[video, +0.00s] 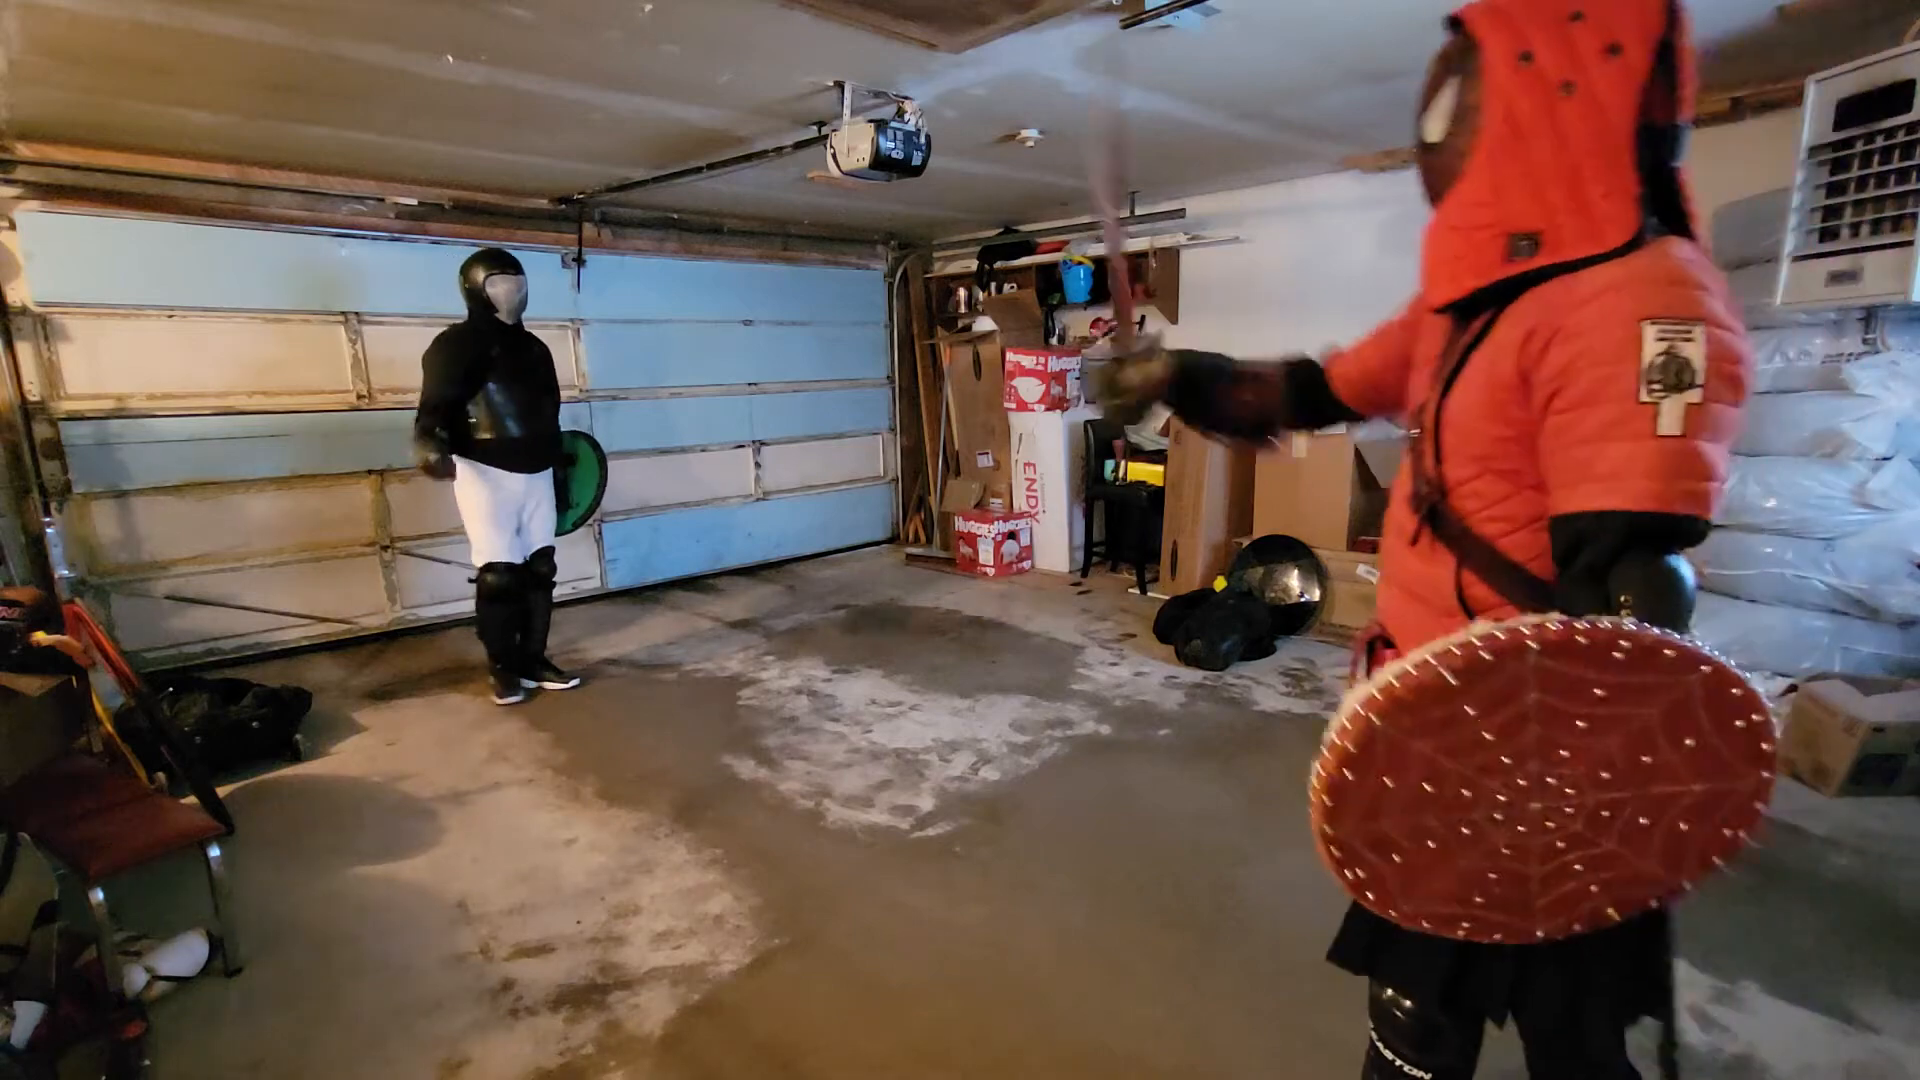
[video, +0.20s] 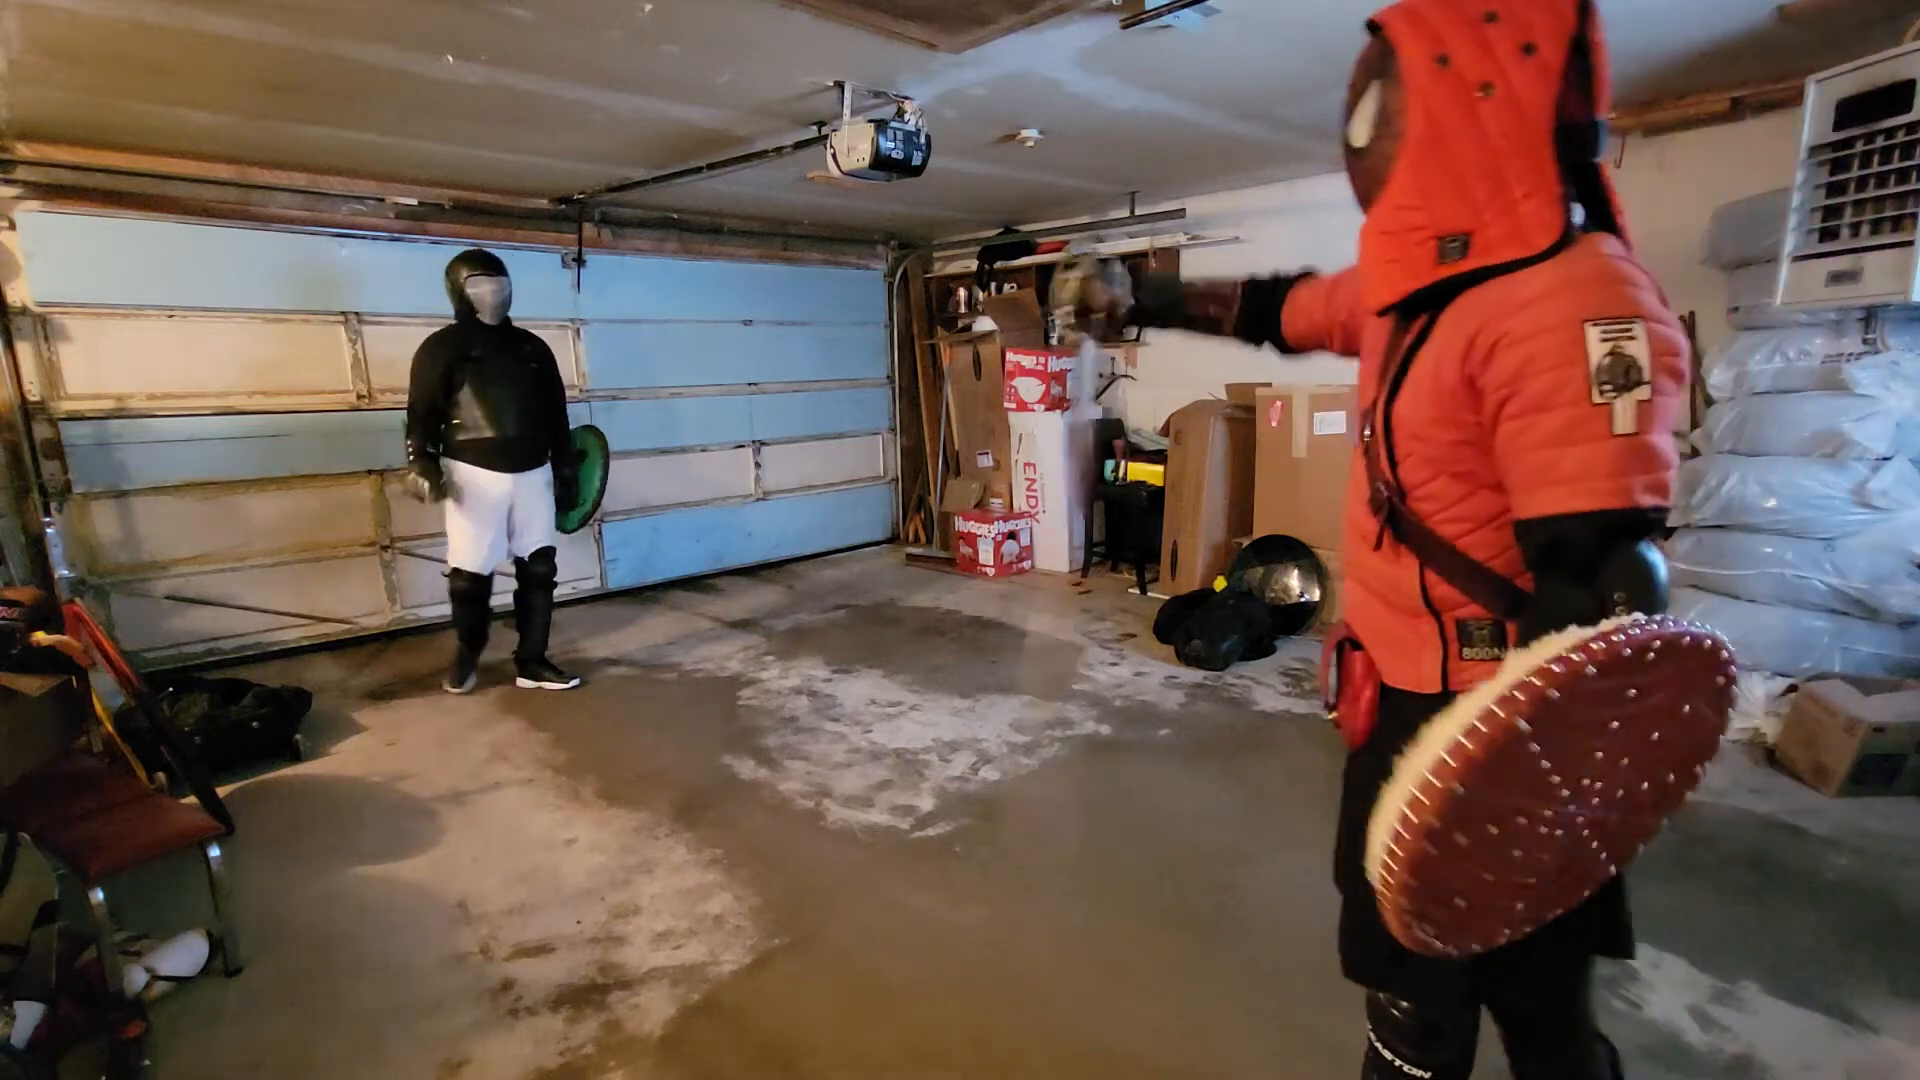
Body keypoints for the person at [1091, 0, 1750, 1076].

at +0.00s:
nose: (1431, 133)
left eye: (1456, 92)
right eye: (1434, 99)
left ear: (1556, 91)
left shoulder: (1641, 299)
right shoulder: (1475, 295)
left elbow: (1630, 601)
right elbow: (1316, 391)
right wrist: (1176, 379)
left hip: (1555, 769)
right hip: (1433, 751)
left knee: (1581, 1048)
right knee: (1413, 1037)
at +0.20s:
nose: (1360, 140)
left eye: (1384, 102)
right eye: (1361, 105)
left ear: (1484, 103)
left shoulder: (1577, 306)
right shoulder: (1416, 283)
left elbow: (1603, 603)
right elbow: (1282, 307)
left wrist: (1542, 787)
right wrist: (1141, 298)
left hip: (1507, 725)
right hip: (1404, 706)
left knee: (1541, 1009)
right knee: (1409, 991)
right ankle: (1410, 1067)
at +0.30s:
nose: (1338, 144)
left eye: (1362, 105)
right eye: (1341, 108)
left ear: (1458, 104)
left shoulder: (1558, 307)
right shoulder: (1411, 271)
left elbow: (1594, 607)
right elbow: (1307, 299)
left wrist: (1540, 818)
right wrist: (1186, 300)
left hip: (1469, 706)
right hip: (1393, 679)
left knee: (1404, 962)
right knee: (1494, 960)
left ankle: (1414, 1067)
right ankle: (1539, 1062)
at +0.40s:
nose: (1320, 140)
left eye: (1347, 95)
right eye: (1324, 101)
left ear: (1443, 95)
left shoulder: (1547, 317)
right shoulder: (1393, 281)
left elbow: (1584, 621)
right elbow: (1286, 338)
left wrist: (1525, 836)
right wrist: (1173, 361)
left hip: (1459, 727)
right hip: (1374, 696)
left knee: (1415, 1008)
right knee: (1367, 920)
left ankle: (1419, 1061)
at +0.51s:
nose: (1304, 149)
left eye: (1327, 110)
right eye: (1306, 113)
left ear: (1426, 111)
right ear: (1400, 115)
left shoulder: (1516, 318)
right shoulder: (1379, 285)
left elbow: (1565, 606)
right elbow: (1346, 407)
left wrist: (1495, 808)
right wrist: (1248, 424)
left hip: (1435, 702)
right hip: (1349, 671)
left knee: (1384, 898)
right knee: (1304, 841)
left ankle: (1393, 1050)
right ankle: (1392, 993)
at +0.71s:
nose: (1265, 155)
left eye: (1282, 118)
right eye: (1267, 120)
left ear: (1367, 117)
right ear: (1365, 122)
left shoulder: (1441, 308)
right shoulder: (1370, 292)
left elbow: (1486, 589)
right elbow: (1349, 501)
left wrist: (1439, 801)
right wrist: (1260, 566)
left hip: (1387, 717)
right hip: (1313, 686)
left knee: (1373, 949)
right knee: (1272, 844)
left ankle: (1379, 1067)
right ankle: (1263, 1020)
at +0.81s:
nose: (1246, 171)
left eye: (1262, 134)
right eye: (1250, 138)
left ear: (1341, 132)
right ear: (1351, 133)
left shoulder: (1408, 305)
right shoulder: (1354, 296)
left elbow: (1445, 571)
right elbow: (1342, 518)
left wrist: (1431, 780)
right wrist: (1257, 614)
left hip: (1362, 702)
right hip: (1303, 675)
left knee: (1356, 910)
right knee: (1271, 844)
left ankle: (1373, 1058)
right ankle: (1239, 1010)